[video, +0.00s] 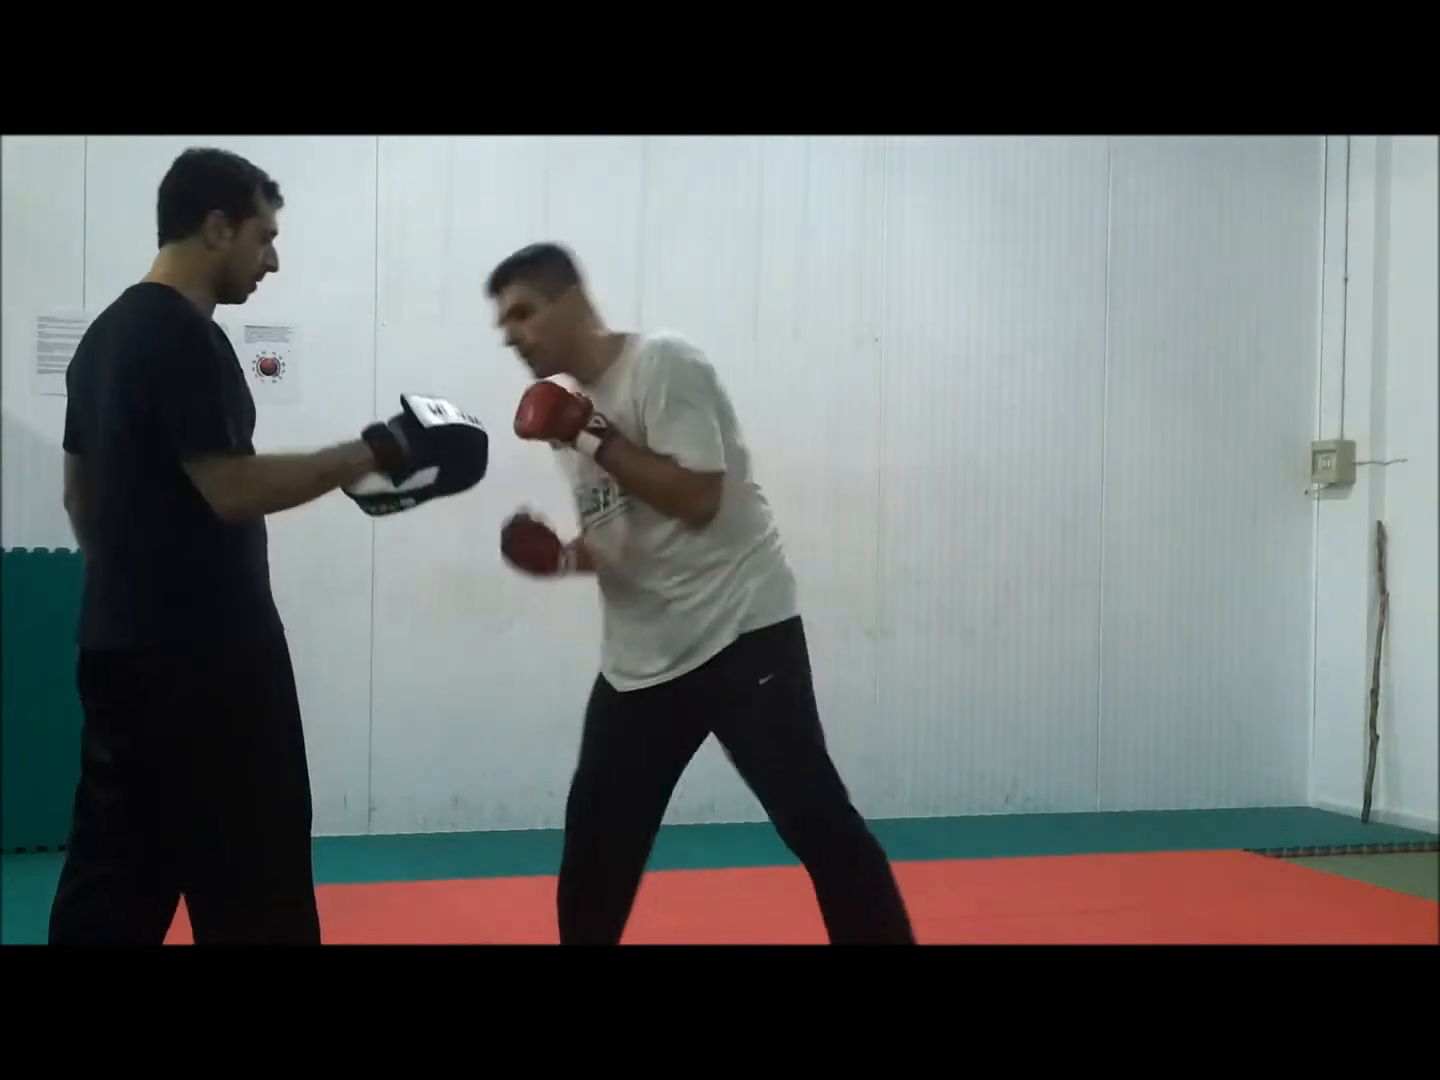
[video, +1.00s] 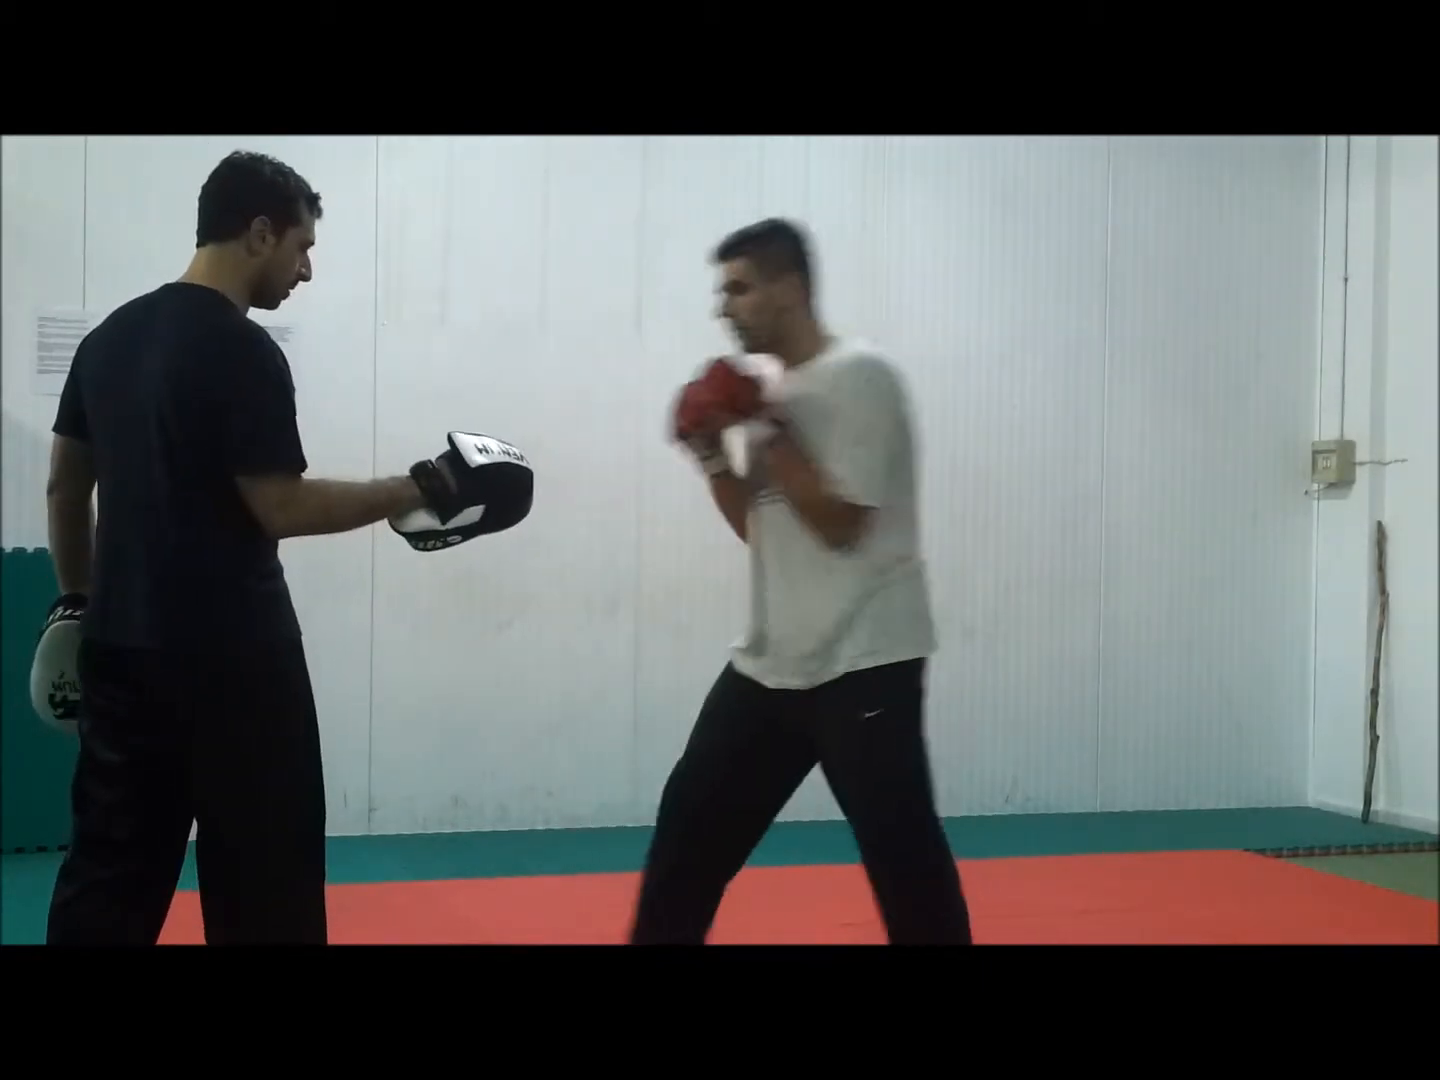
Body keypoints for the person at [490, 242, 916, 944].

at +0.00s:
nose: (509, 335)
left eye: (520, 314)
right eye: (502, 322)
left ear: (573, 301)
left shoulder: (666, 362)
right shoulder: (572, 416)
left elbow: (699, 497)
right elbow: (619, 544)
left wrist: (591, 433)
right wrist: (562, 555)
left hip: (741, 632)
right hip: (642, 659)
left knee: (819, 826)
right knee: (596, 843)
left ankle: (885, 942)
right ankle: (584, 946)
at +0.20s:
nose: (601, 314)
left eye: (616, 295)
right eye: (599, 299)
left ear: (668, 291)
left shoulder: (747, 376)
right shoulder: (648, 398)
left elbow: (756, 519)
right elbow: (657, 530)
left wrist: (679, 449)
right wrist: (600, 478)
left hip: (775, 659)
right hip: (677, 666)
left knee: (844, 841)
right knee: (614, 868)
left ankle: (916, 944)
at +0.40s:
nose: (720, 304)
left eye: (737, 287)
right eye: (719, 288)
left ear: (792, 289)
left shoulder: (864, 387)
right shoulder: (739, 396)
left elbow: (862, 531)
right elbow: (723, 533)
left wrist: (775, 442)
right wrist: (686, 478)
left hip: (850, 669)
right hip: (742, 673)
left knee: (894, 862)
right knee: (653, 850)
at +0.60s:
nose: (783, 290)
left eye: (801, 273)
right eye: (782, 273)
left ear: (859, 277)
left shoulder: (924, 377)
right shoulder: (784, 378)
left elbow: (903, 520)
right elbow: (748, 512)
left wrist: (840, 411)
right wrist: (749, 424)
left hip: (890, 651)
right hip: (782, 650)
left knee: (917, 839)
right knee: (717, 819)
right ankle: (710, 945)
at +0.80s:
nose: (783, 300)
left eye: (801, 282)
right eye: (781, 284)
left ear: (858, 286)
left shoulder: (928, 387)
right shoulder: (791, 386)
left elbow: (913, 531)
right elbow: (761, 524)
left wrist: (840, 425)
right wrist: (757, 438)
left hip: (896, 658)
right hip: (791, 654)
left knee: (921, 849)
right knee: (714, 816)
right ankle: (711, 949)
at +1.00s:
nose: (723, 307)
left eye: (737, 289)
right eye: (721, 292)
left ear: (791, 287)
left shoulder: (862, 377)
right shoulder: (772, 398)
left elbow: (841, 528)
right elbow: (760, 532)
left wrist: (768, 432)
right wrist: (710, 452)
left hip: (867, 660)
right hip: (776, 658)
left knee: (904, 855)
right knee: (690, 829)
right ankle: (656, 947)